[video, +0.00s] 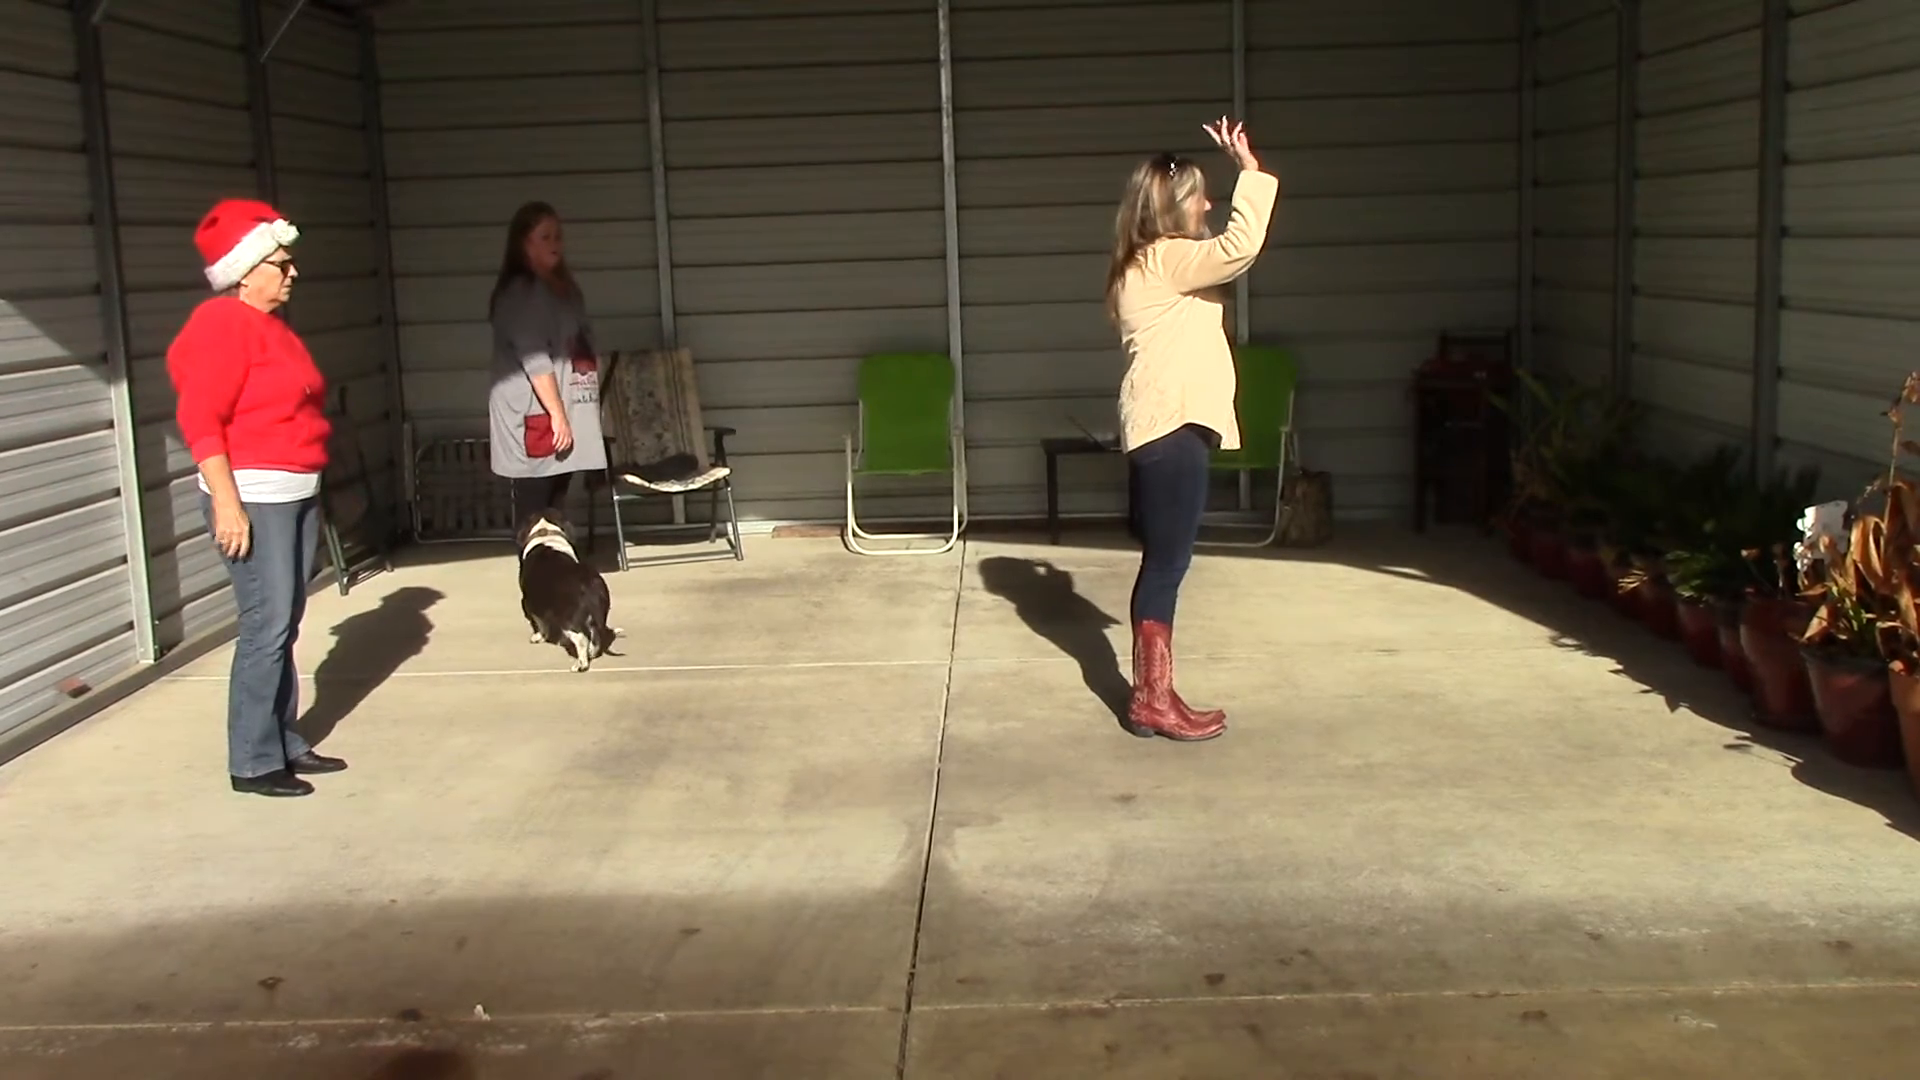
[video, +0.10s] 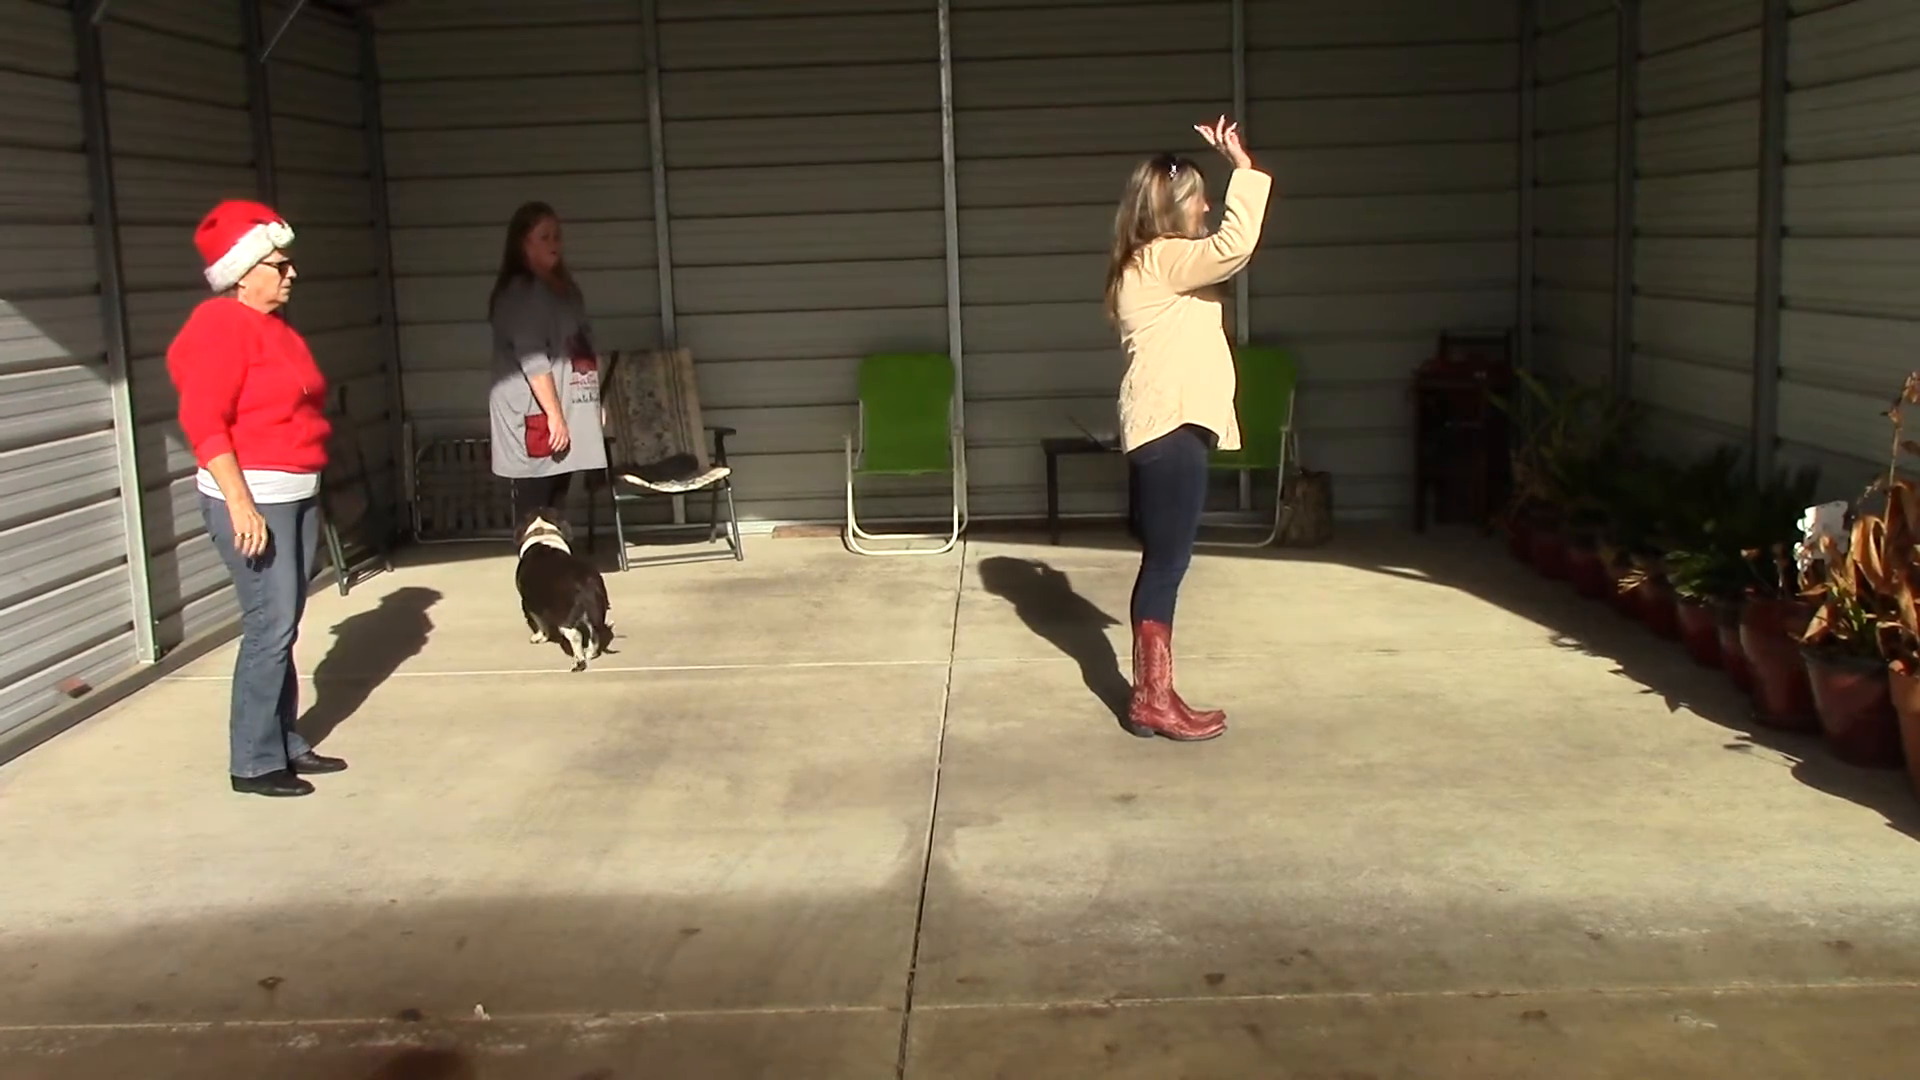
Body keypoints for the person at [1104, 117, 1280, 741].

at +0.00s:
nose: (1209, 206)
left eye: (1206, 196)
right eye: (1200, 197)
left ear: (1164, 206)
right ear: (1171, 205)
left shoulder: (1147, 265)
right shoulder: (1163, 258)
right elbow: (1239, 248)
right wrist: (1254, 175)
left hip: (1162, 428)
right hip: (1174, 428)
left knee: (1163, 558)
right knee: (1167, 559)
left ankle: (1153, 694)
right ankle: (1152, 699)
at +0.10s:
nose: (1208, 208)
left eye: (1206, 198)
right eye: (1199, 198)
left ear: (1161, 204)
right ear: (1171, 204)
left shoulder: (1147, 263)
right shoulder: (1161, 257)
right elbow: (1234, 247)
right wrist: (1247, 172)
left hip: (1161, 427)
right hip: (1173, 427)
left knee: (1163, 559)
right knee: (1167, 560)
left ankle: (1153, 695)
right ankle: (1152, 699)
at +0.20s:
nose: (1208, 209)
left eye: (1206, 199)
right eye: (1199, 199)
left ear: (1162, 205)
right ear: (1171, 205)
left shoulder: (1149, 262)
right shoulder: (1159, 257)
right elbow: (1230, 245)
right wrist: (1244, 171)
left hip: (1163, 427)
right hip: (1171, 428)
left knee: (1162, 559)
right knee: (1166, 559)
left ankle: (1153, 694)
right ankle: (1152, 698)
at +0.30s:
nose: (1206, 208)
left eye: (1205, 198)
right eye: (1197, 199)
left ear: (1165, 204)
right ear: (1169, 205)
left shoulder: (1154, 261)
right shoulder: (1155, 258)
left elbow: (1226, 248)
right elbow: (1229, 245)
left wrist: (1240, 169)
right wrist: (1241, 168)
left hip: (1165, 427)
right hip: (1168, 428)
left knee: (1163, 559)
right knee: (1167, 560)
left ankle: (1153, 694)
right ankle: (1152, 698)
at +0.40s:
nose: (1208, 210)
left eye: (1207, 200)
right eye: (1199, 200)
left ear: (1166, 205)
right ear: (1170, 206)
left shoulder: (1155, 262)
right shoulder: (1157, 258)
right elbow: (1227, 249)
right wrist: (1245, 174)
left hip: (1166, 428)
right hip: (1168, 429)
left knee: (1163, 559)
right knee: (1165, 559)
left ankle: (1153, 694)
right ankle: (1152, 698)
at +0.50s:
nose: (1213, 209)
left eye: (1211, 199)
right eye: (1204, 200)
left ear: (1170, 206)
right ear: (1174, 206)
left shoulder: (1158, 262)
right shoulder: (1160, 258)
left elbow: (1227, 254)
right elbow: (1231, 250)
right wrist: (1250, 177)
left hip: (1167, 428)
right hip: (1168, 428)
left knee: (1162, 560)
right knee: (1164, 560)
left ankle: (1154, 695)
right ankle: (1151, 699)